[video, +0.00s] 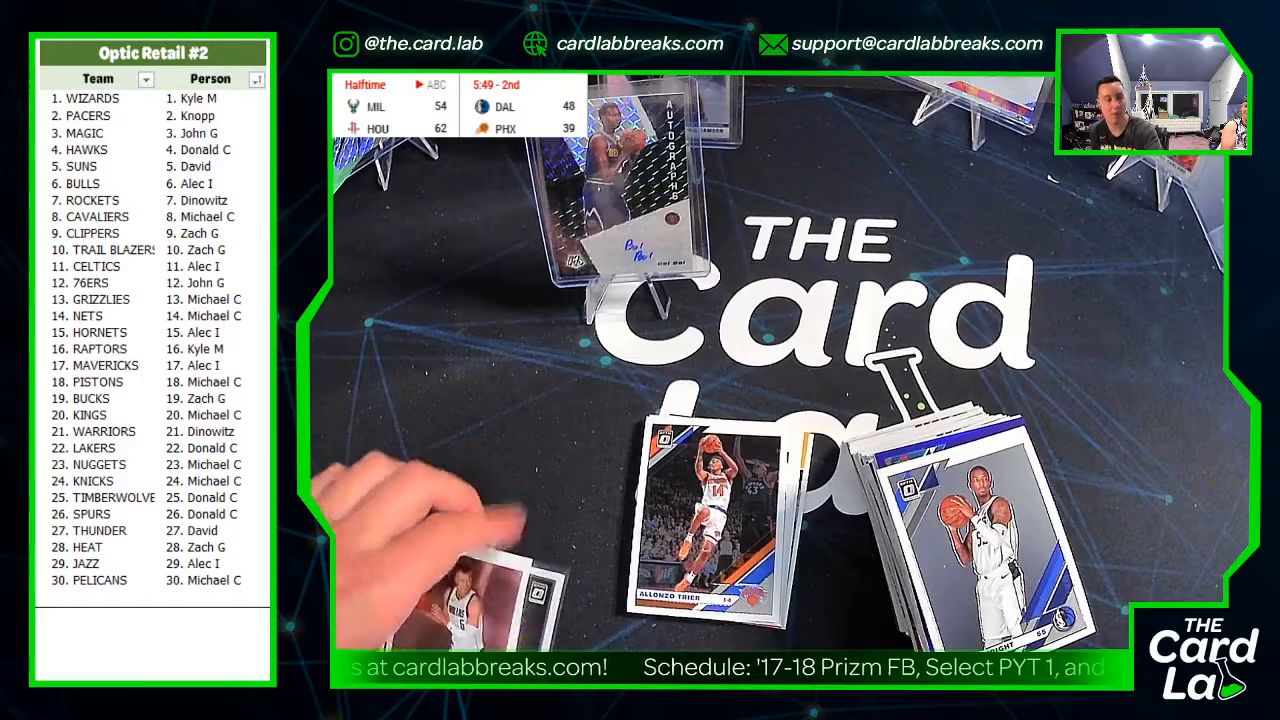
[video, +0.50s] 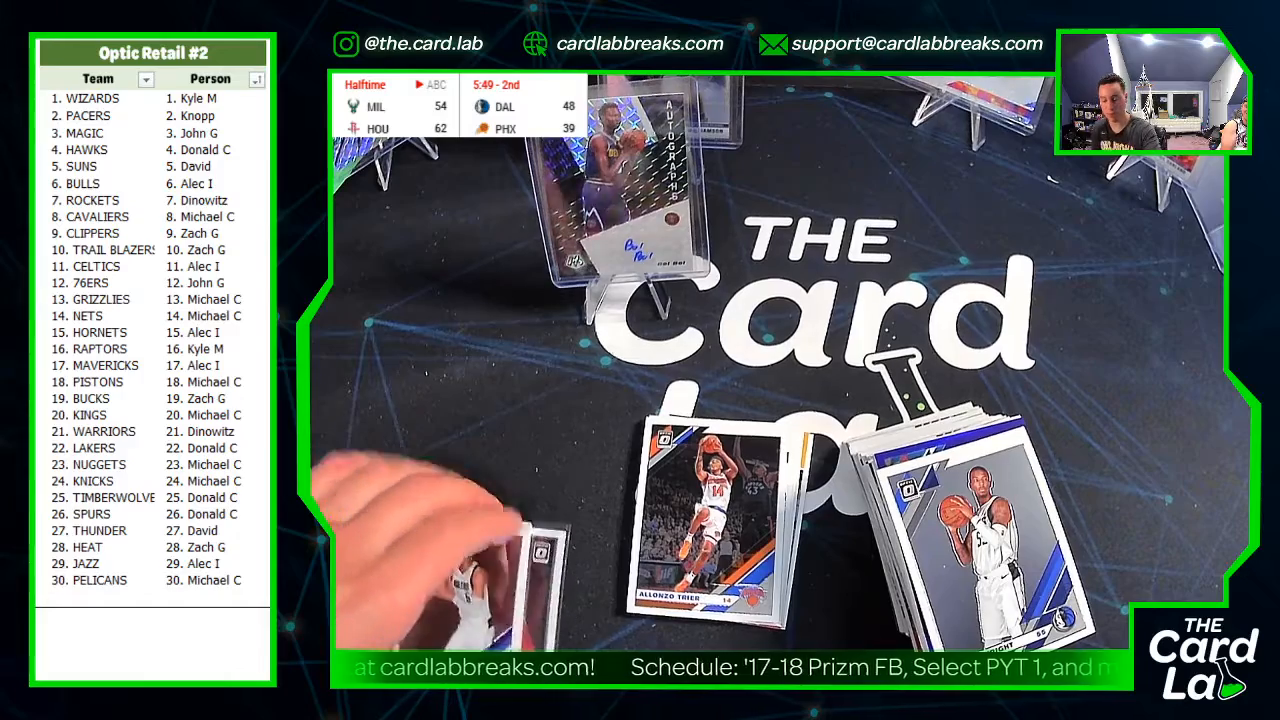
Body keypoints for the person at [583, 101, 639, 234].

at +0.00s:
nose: (617, 118)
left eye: (618, 114)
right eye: (612, 115)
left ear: (620, 117)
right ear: (603, 118)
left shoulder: (616, 140)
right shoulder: (598, 140)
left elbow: (622, 170)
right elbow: (606, 175)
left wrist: (632, 153)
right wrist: (624, 154)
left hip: (612, 187)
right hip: (598, 189)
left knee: (625, 219)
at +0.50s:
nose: (615, 119)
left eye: (617, 115)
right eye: (611, 115)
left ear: (620, 118)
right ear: (602, 118)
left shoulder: (616, 141)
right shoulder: (598, 140)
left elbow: (621, 176)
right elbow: (607, 176)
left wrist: (633, 153)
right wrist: (623, 155)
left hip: (612, 187)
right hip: (595, 190)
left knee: (623, 229)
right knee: (595, 236)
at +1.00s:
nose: (615, 118)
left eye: (617, 115)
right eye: (611, 115)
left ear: (620, 118)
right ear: (602, 118)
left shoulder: (617, 142)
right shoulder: (598, 141)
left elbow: (620, 179)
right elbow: (607, 176)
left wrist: (633, 155)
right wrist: (624, 155)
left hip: (612, 189)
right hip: (596, 191)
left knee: (624, 229)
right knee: (598, 236)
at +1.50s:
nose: (617, 118)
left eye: (618, 115)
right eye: (612, 115)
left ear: (620, 117)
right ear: (603, 118)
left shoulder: (617, 142)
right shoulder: (598, 140)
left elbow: (619, 178)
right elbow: (606, 176)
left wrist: (632, 157)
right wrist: (623, 154)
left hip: (611, 188)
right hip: (595, 190)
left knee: (624, 226)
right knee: (598, 234)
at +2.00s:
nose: (618, 118)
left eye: (618, 115)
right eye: (614, 116)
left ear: (620, 117)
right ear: (603, 119)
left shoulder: (616, 141)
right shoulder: (598, 141)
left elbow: (621, 178)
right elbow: (606, 176)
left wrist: (631, 154)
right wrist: (623, 157)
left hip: (611, 188)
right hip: (595, 190)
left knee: (624, 227)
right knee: (599, 234)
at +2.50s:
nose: (617, 118)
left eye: (618, 115)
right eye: (613, 115)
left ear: (620, 117)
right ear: (603, 118)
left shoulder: (616, 142)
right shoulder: (598, 141)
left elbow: (621, 176)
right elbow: (606, 175)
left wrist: (632, 157)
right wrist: (623, 156)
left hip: (611, 187)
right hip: (596, 188)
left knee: (625, 227)